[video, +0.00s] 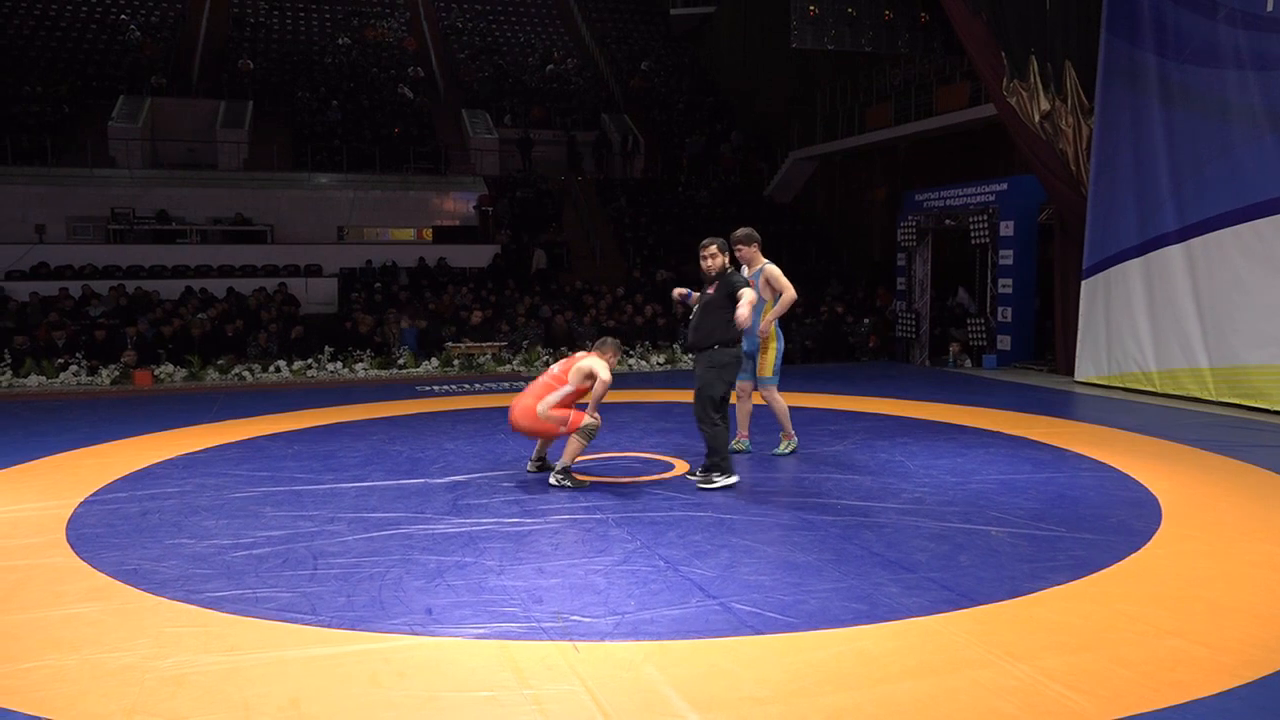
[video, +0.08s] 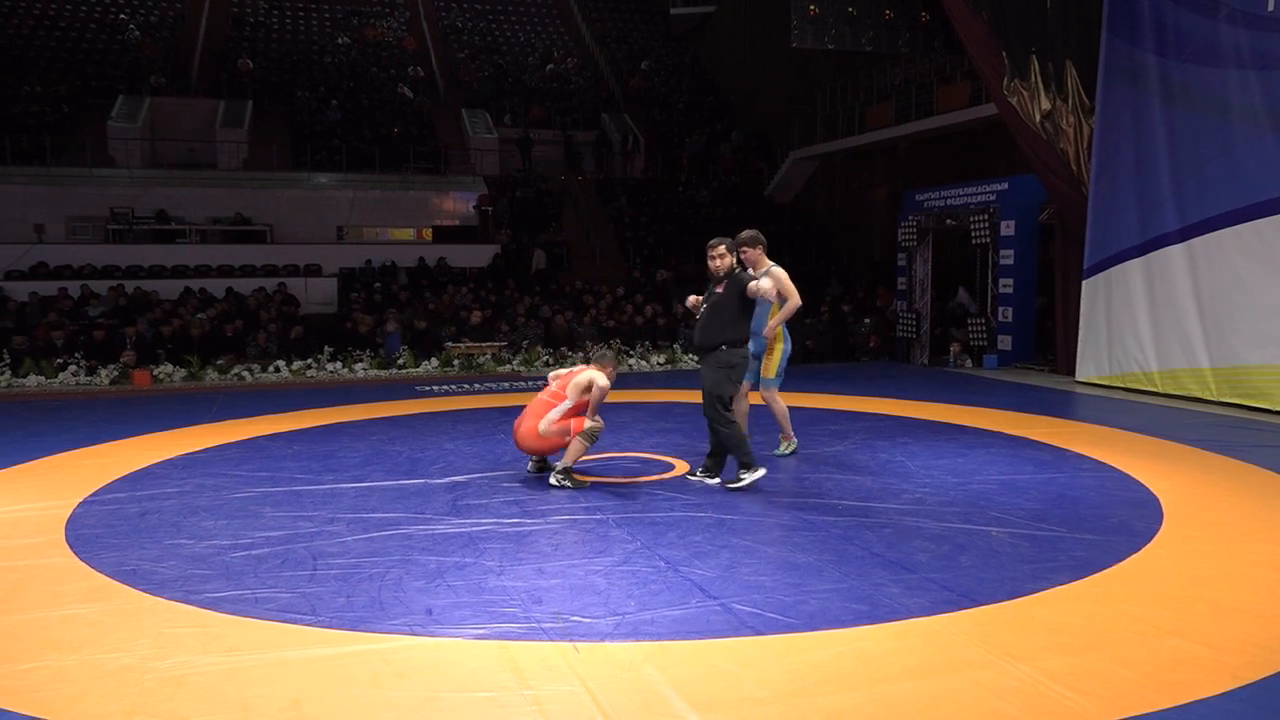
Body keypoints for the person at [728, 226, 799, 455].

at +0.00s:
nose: (738, 254)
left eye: (741, 249)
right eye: (735, 251)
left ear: (755, 247)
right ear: (735, 251)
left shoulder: (769, 270)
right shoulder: (744, 273)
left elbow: (790, 294)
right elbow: (742, 300)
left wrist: (769, 319)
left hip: (768, 338)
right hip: (748, 338)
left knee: (768, 390)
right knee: (742, 390)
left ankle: (789, 436)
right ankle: (742, 438)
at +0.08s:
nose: (743, 256)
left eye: (746, 251)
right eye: (740, 252)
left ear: (760, 249)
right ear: (740, 253)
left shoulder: (776, 273)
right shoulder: (751, 275)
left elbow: (795, 300)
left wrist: (773, 325)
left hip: (774, 339)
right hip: (755, 339)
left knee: (768, 392)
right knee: (740, 391)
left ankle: (789, 438)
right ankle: (740, 440)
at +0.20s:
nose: (750, 261)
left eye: (753, 255)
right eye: (749, 256)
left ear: (768, 254)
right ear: (754, 257)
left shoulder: (783, 278)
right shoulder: (757, 279)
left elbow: (803, 308)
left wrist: (779, 334)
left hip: (784, 343)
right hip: (761, 343)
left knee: (773, 397)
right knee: (743, 388)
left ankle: (791, 443)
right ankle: (746, 435)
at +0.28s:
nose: (755, 254)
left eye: (758, 249)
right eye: (754, 250)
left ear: (772, 248)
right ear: (764, 250)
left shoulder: (788, 272)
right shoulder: (761, 274)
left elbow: (812, 299)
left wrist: (788, 325)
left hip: (787, 337)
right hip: (766, 336)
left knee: (780, 393)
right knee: (755, 390)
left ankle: (793, 441)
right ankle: (761, 435)